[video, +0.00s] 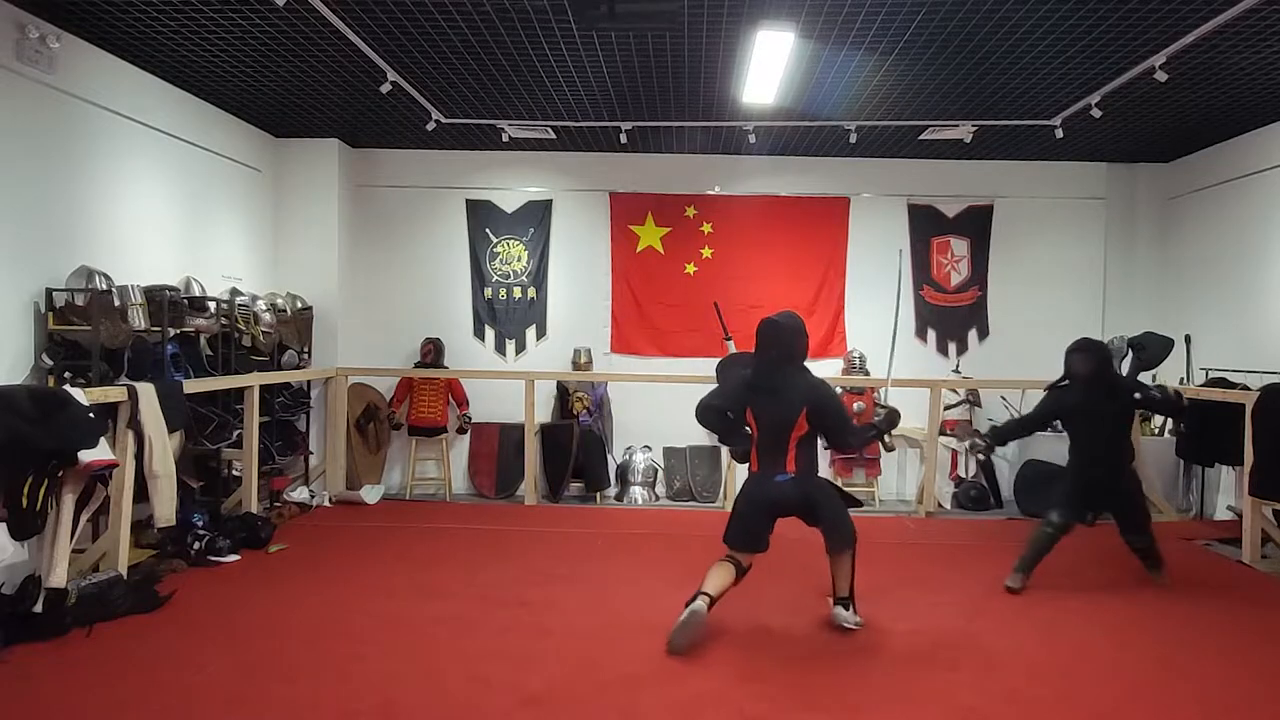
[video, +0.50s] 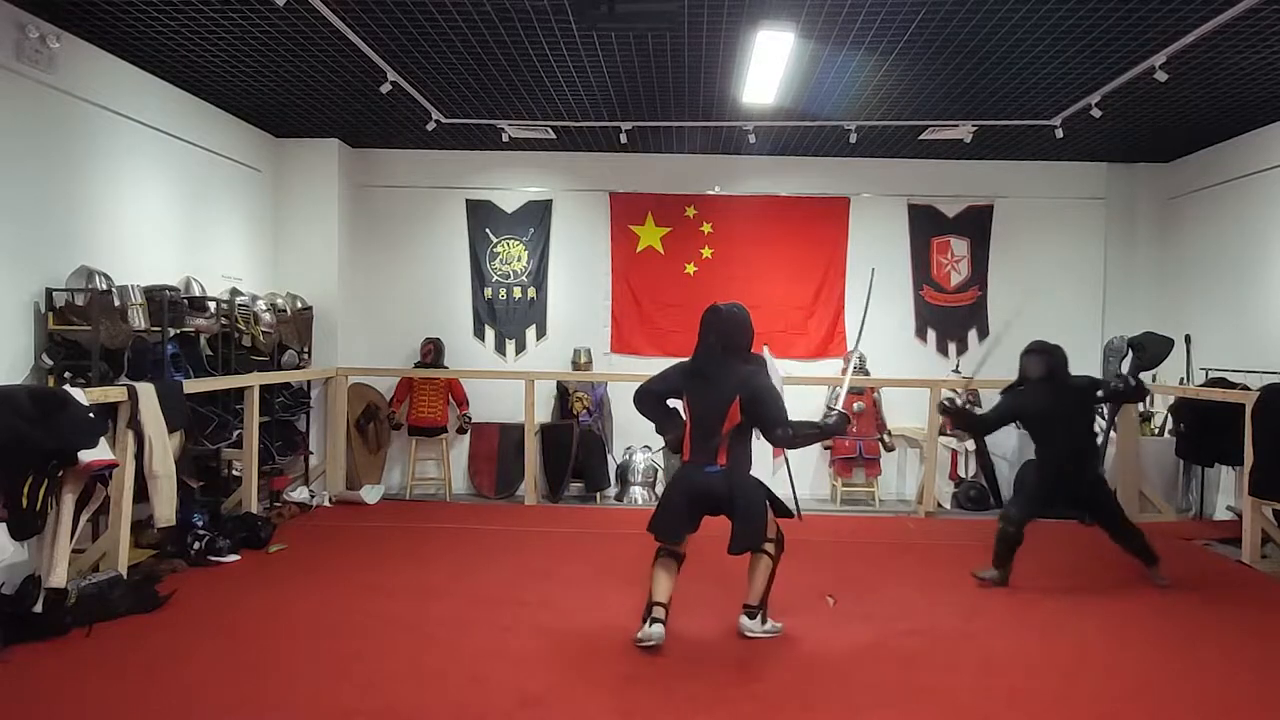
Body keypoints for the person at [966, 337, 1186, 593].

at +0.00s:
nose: (1083, 377)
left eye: (1087, 369)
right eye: (1077, 370)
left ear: (1102, 366)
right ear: (1069, 369)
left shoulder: (1126, 389)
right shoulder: (1062, 398)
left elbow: (1169, 408)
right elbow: (1029, 423)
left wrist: (1172, 399)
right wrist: (992, 438)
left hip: (1120, 476)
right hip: (1081, 476)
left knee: (1137, 528)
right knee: (1055, 523)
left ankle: (1156, 568)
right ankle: (1020, 572)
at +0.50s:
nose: (1032, 368)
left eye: (1037, 362)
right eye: (1028, 362)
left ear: (1052, 365)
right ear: (1023, 368)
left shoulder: (1082, 388)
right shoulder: (1018, 398)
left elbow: (1136, 394)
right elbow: (983, 425)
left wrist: (1130, 389)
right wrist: (958, 415)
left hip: (1083, 474)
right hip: (1042, 474)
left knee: (1117, 524)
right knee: (1012, 518)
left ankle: (1153, 566)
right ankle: (1000, 571)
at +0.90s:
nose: (984, 386)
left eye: (992, 382)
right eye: (981, 379)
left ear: (1000, 380)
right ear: (970, 370)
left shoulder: (1002, 399)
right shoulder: (937, 392)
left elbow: (1030, 423)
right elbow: (894, 421)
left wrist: (1046, 437)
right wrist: (872, 457)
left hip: (975, 472)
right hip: (938, 470)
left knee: (950, 532)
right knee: (939, 531)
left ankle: (926, 598)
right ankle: (977, 555)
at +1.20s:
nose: (898, 395)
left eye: (908, 392)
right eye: (899, 387)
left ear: (928, 398)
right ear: (896, 382)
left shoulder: (950, 426)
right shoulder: (879, 408)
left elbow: (978, 470)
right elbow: (832, 426)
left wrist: (968, 519)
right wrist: (785, 442)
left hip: (919, 494)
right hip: (880, 484)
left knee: (894, 552)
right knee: (831, 537)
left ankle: (896, 612)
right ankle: (820, 586)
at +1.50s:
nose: (844, 372)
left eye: (854, 367)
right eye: (844, 364)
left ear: (874, 375)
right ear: (840, 368)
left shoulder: (898, 416)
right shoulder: (825, 407)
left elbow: (927, 466)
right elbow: (791, 441)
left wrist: (917, 511)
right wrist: (747, 464)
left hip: (869, 511)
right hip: (826, 502)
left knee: (870, 593)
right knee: (797, 562)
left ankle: (892, 608)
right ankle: (797, 639)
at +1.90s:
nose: (855, 346)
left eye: (864, 341)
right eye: (855, 340)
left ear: (885, 347)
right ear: (852, 346)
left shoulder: (910, 391)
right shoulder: (848, 386)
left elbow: (945, 441)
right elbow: (825, 431)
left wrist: (944, 474)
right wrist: (783, 435)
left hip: (888, 500)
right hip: (844, 494)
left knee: (897, 594)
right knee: (810, 562)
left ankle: (940, 617)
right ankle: (799, 639)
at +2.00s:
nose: (874, 341)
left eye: (883, 335)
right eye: (874, 334)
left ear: (904, 340)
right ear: (872, 341)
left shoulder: (930, 381)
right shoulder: (869, 381)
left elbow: (964, 435)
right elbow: (851, 427)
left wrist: (942, 459)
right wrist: (805, 431)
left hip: (913, 493)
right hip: (871, 488)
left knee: (912, 582)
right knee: (834, 558)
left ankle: (945, 625)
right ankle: (806, 632)